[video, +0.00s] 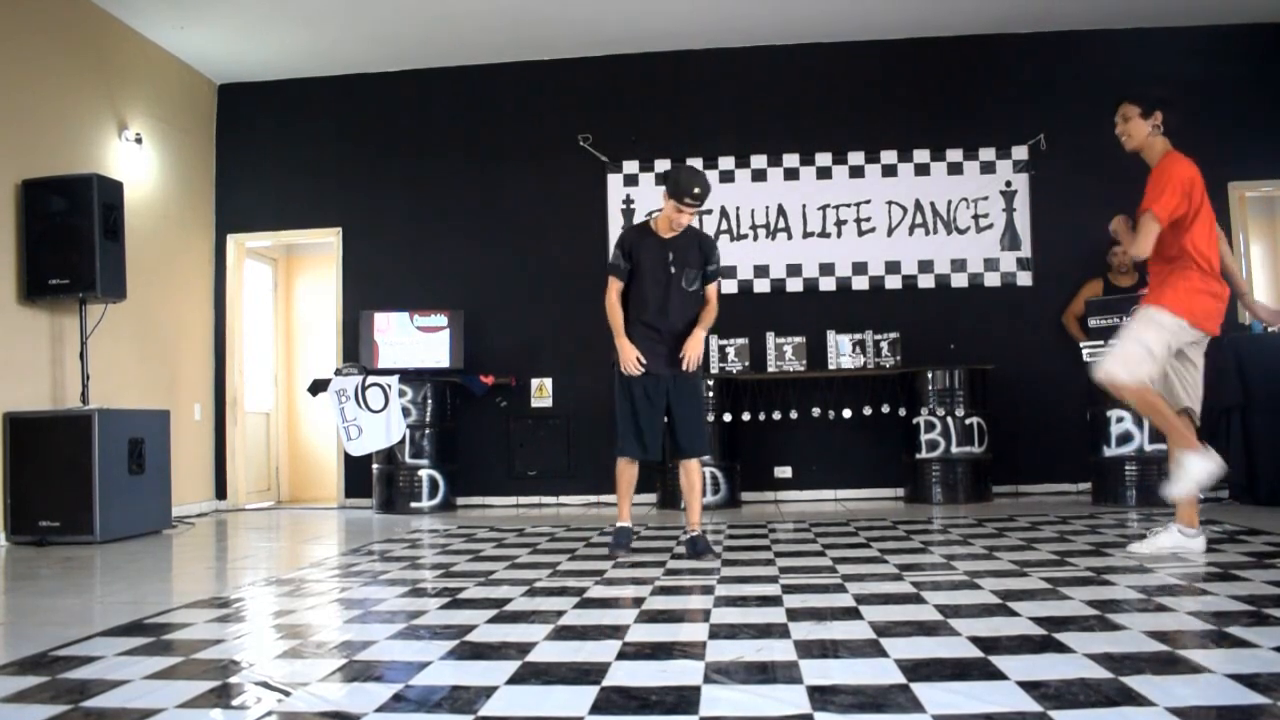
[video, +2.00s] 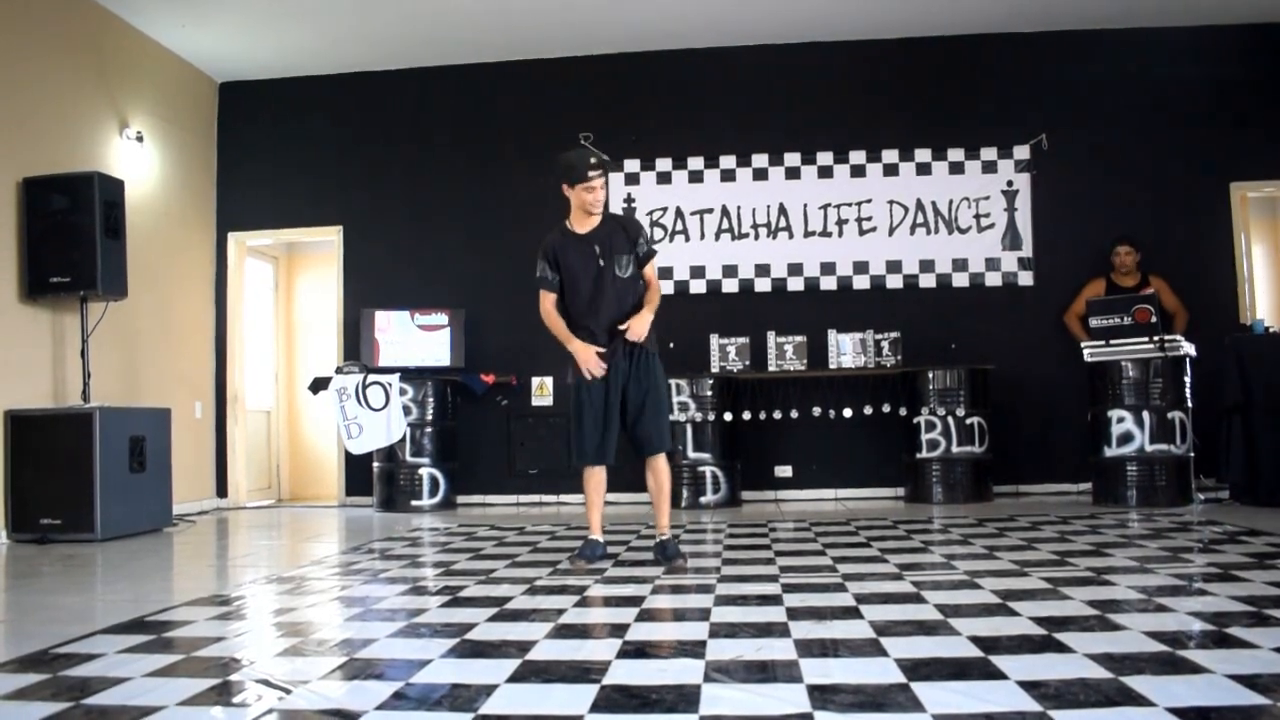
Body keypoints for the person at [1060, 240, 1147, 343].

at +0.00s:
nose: (1121, 259)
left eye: (1125, 254)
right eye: (1115, 255)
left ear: (1132, 256)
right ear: (1108, 259)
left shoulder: (1148, 284)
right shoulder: (1097, 286)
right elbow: (1068, 317)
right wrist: (1087, 345)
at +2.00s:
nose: (1123, 260)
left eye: (1128, 254)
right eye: (1117, 255)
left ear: (1137, 257)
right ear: (1111, 259)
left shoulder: (1154, 283)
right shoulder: (1099, 286)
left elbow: (1180, 313)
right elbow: (1070, 316)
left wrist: (1173, 341)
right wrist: (1089, 344)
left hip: (1151, 360)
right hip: (1113, 361)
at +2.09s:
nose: (1123, 259)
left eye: (1128, 254)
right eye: (1117, 255)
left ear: (1138, 256)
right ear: (1112, 259)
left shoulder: (1155, 283)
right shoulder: (1099, 285)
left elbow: (1181, 313)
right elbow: (1071, 316)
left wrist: (1174, 341)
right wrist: (1090, 344)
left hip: (1152, 359)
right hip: (1114, 361)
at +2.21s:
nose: (1123, 259)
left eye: (1128, 253)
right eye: (1118, 254)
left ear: (1138, 256)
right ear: (1112, 258)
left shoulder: (1155, 282)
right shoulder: (1099, 285)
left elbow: (1181, 311)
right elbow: (1071, 315)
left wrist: (1175, 340)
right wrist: (1090, 344)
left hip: (1153, 359)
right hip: (1114, 360)